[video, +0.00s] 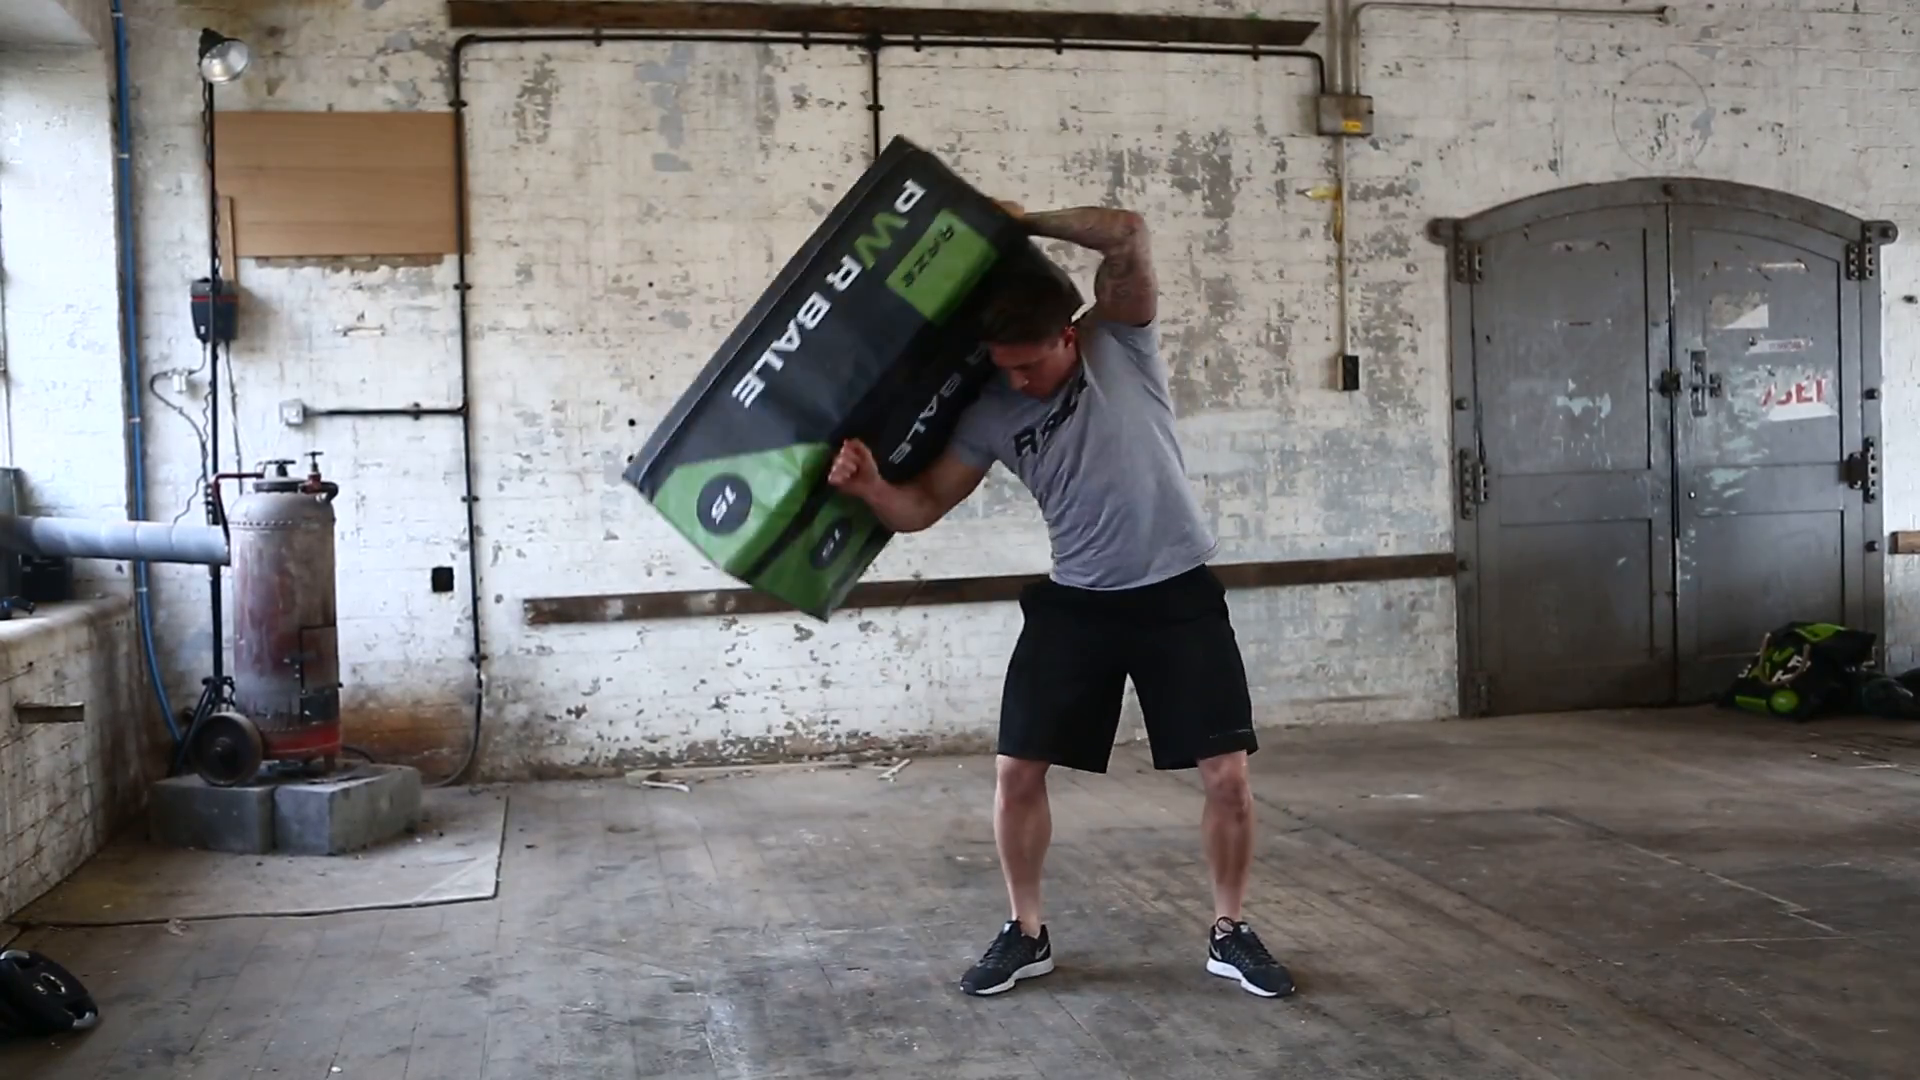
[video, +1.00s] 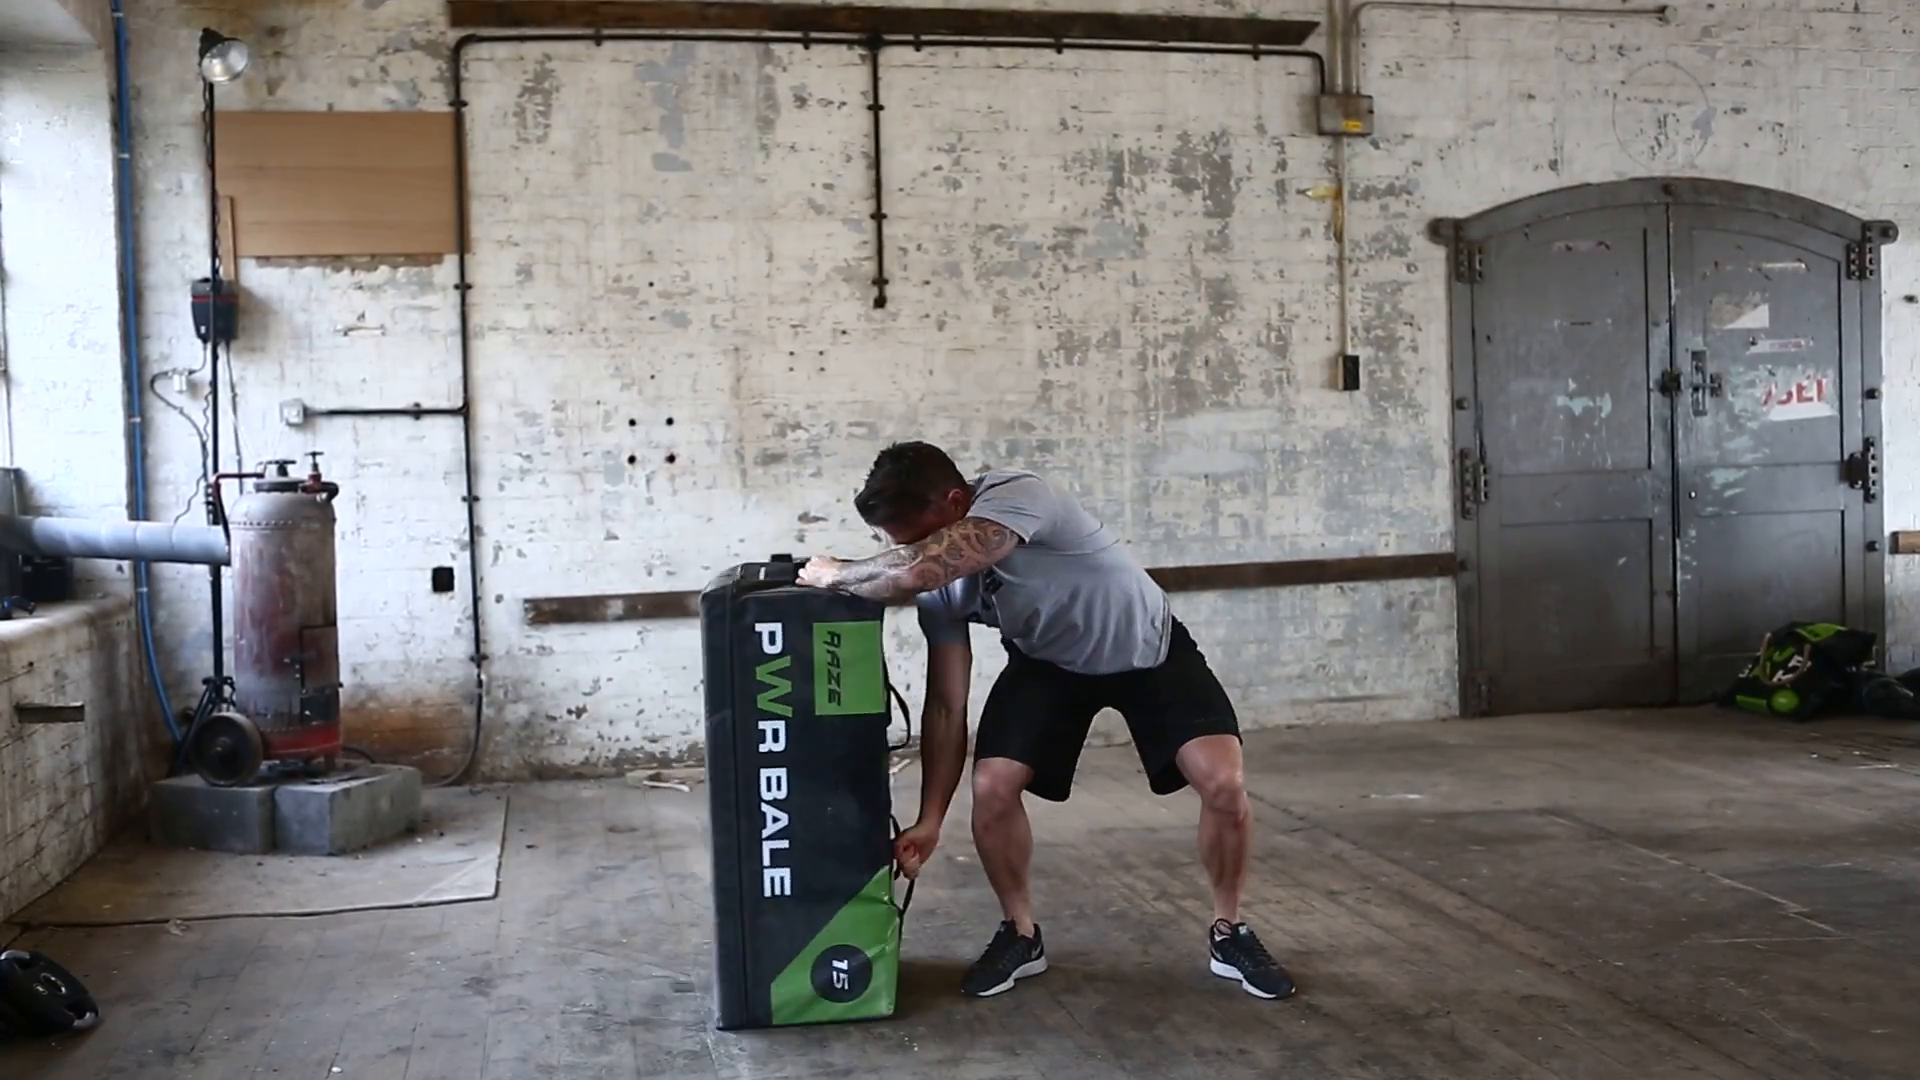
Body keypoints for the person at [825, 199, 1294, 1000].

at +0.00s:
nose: (1020, 379)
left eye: (1031, 363)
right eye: (1006, 366)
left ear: (1067, 332)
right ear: (993, 352)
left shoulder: (1121, 341)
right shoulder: (994, 412)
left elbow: (1129, 234)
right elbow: (921, 506)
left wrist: (1030, 220)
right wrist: (868, 485)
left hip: (1179, 592)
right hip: (1075, 602)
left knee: (1229, 774)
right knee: (1017, 771)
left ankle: (1230, 929)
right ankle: (1026, 928)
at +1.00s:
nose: (915, 556)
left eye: (921, 540)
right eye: (904, 546)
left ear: (956, 501)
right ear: (895, 528)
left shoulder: (1019, 497)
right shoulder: (939, 583)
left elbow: (919, 573)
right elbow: (946, 706)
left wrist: (839, 577)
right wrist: (928, 823)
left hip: (1148, 644)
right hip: (1048, 660)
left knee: (1225, 784)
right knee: (991, 786)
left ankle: (1229, 931)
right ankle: (1020, 934)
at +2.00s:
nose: (1041, 752)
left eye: (1048, 742)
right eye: (1029, 748)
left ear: (1066, 682)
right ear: (991, 714)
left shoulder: (1101, 632)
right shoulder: (982, 705)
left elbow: (1093, 603)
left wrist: (988, 602)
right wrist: (956, 858)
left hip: (1162, 765)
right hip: (1070, 774)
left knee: (1237, 801)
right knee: (989, 817)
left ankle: (1220, 935)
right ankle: (1028, 936)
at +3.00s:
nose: (1122, 329)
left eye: (1139, 316)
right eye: (1109, 313)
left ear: (1163, 295)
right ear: (1082, 285)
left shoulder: (1187, 331)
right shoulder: (1033, 318)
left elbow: (1290, 368)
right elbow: (921, 332)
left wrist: (1280, 273)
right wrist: (928, 272)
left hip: (1159, 582)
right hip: (1056, 581)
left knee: (1194, 756)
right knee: (1035, 760)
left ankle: (1229, 930)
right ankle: (1020, 928)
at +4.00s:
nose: (1054, 340)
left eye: (1068, 327)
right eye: (1041, 325)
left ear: (1107, 301)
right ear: (1027, 305)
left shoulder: (1153, 314)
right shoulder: (1009, 376)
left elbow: (1205, 211)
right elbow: (918, 466)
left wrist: (1093, 189)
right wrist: (889, 412)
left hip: (1182, 580)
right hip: (1074, 588)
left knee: (1225, 760)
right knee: (1033, 764)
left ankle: (1230, 930)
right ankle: (1022, 928)